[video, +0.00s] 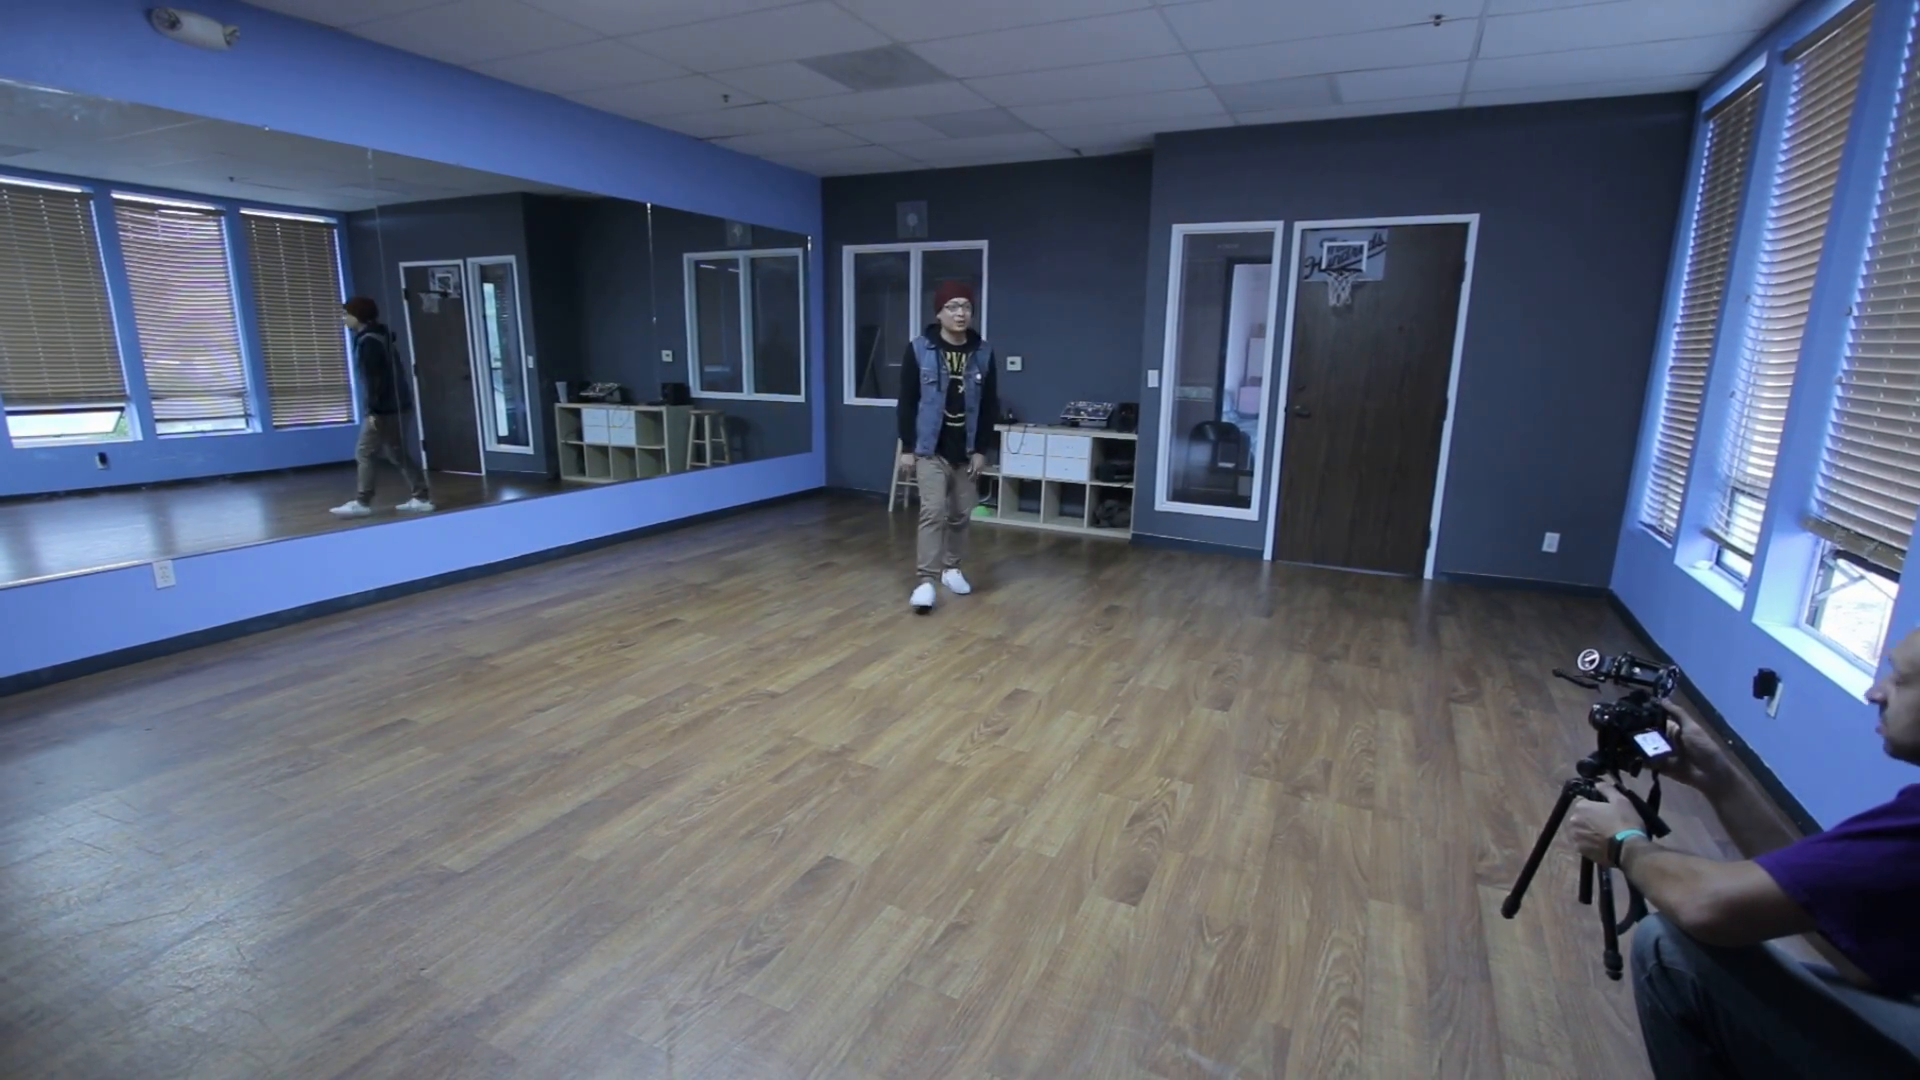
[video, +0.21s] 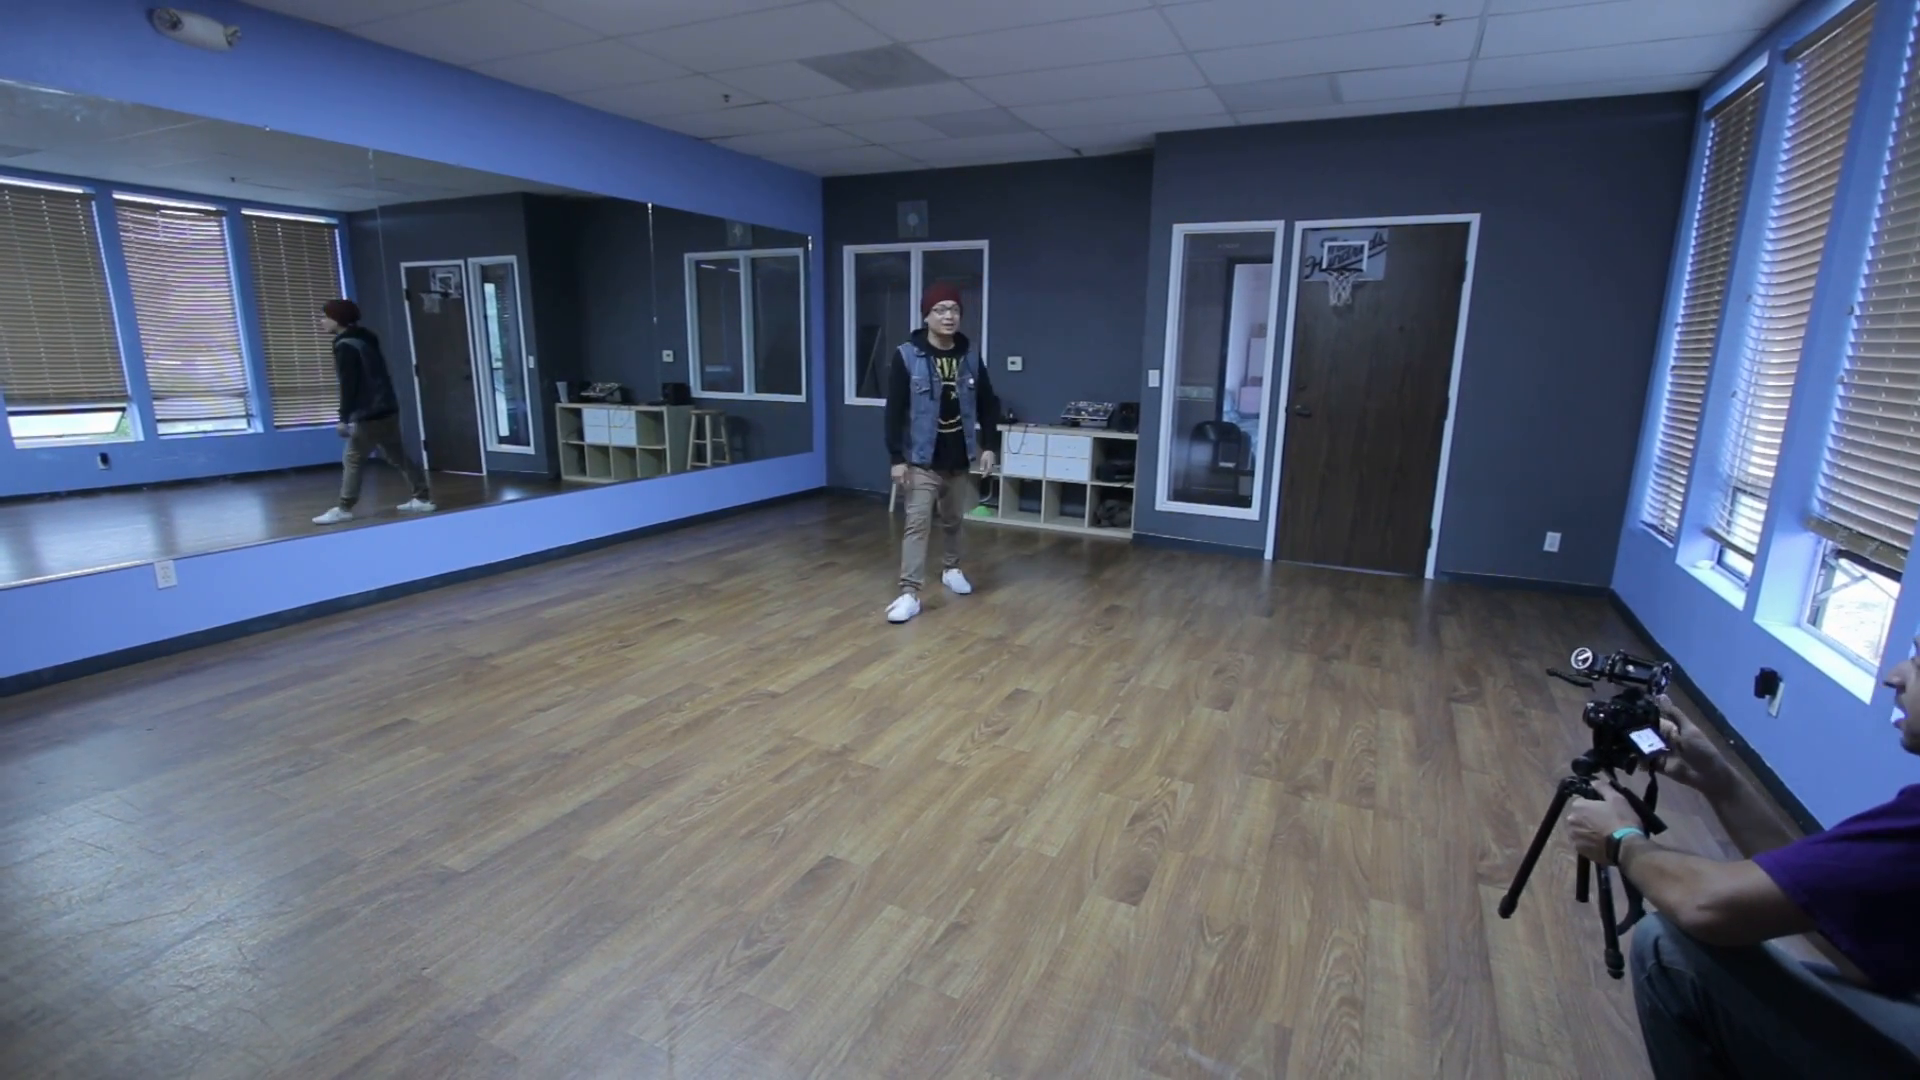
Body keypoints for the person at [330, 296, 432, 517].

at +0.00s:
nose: (344, 319)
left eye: (347, 315)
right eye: (344, 315)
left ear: (359, 317)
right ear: (366, 316)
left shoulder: (368, 340)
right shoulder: (380, 335)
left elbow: (375, 377)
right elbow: (382, 376)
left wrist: (373, 411)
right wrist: (380, 406)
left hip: (381, 409)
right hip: (392, 406)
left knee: (364, 452)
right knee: (397, 452)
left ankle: (363, 501)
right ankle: (421, 496)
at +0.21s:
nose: (323, 321)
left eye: (327, 318)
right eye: (325, 317)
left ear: (339, 320)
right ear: (348, 319)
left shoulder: (345, 345)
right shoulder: (367, 337)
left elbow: (349, 384)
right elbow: (376, 376)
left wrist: (344, 418)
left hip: (366, 413)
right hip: (386, 408)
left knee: (352, 458)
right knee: (398, 455)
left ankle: (345, 507)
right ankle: (423, 498)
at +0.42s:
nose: (289, 329)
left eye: (292, 325)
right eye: (290, 325)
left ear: (303, 327)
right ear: (316, 325)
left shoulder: (310, 352)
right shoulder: (334, 342)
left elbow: (314, 391)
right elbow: (340, 382)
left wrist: (311, 424)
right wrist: (331, 414)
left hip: (354, 413)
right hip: (376, 407)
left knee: (331, 458)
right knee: (397, 454)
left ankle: (340, 507)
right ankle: (421, 496)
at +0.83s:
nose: (270, 321)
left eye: (274, 317)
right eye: (271, 317)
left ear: (287, 320)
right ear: (297, 318)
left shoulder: (294, 344)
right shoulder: (319, 334)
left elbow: (289, 384)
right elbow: (320, 375)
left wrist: (276, 419)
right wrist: (305, 403)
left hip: (337, 408)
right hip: (362, 401)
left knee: (330, 457)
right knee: (367, 453)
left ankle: (339, 505)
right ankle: (394, 496)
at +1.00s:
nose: (285, 311)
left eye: (289, 307)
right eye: (286, 307)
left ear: (302, 312)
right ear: (312, 310)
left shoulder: (306, 337)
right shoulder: (331, 329)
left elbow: (308, 378)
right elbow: (334, 373)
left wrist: (302, 413)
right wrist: (318, 406)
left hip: (339, 405)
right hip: (361, 400)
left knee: (333, 456)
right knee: (357, 454)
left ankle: (338, 504)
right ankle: (376, 501)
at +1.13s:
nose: (300, 308)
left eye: (304, 304)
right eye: (301, 303)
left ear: (317, 309)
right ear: (325, 309)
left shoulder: (319, 337)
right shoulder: (346, 329)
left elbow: (322, 377)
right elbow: (355, 369)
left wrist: (324, 412)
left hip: (342, 409)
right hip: (364, 404)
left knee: (327, 454)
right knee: (360, 454)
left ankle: (336, 503)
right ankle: (379, 504)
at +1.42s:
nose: (327, 306)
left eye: (333, 303)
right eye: (329, 302)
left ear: (346, 309)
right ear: (352, 310)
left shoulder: (343, 338)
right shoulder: (370, 332)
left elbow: (346, 379)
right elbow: (378, 373)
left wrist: (346, 413)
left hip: (356, 413)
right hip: (378, 410)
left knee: (341, 458)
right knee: (371, 459)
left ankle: (351, 508)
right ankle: (380, 507)